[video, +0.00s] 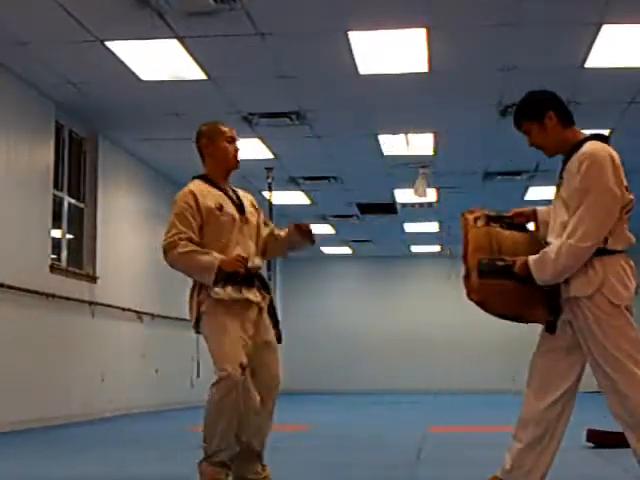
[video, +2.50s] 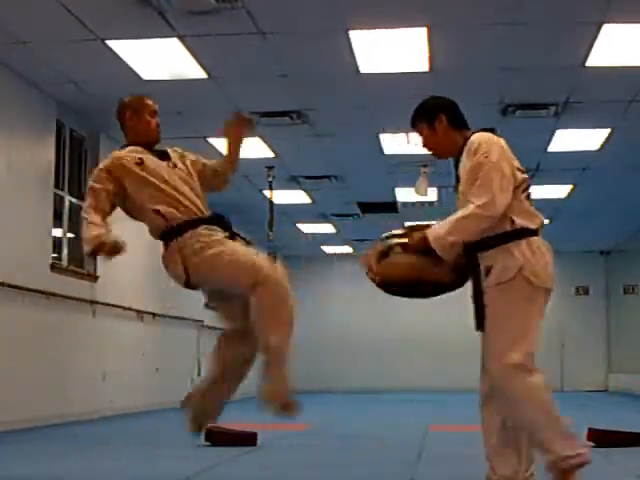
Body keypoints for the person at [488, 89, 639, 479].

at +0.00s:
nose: (532, 144)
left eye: (531, 134)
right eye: (527, 137)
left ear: (552, 120)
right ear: (551, 123)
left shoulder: (595, 157)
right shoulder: (576, 162)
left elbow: (587, 235)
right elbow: (574, 215)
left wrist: (533, 266)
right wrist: (536, 216)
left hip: (599, 281)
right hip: (573, 283)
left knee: (627, 390)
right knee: (547, 388)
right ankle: (518, 474)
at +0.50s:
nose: (475, 136)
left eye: (478, 127)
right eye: (475, 127)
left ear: (499, 125)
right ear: (505, 126)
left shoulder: (533, 162)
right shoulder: (525, 164)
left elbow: (534, 238)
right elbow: (534, 223)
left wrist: (490, 281)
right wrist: (498, 235)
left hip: (561, 279)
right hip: (538, 281)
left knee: (603, 385)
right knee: (519, 385)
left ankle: (638, 457)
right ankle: (503, 472)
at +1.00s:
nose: (412, 127)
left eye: (415, 117)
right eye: (412, 118)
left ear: (432, 115)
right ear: (448, 116)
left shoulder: (450, 153)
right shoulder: (480, 154)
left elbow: (434, 227)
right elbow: (457, 220)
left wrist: (386, 266)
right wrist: (404, 225)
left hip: (464, 276)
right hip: (492, 274)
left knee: (422, 369)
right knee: (488, 382)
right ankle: (500, 471)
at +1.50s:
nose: (309, 135)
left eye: (310, 126)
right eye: (308, 127)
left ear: (328, 122)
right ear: (346, 122)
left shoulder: (342, 161)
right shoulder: (387, 154)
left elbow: (333, 237)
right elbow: (372, 216)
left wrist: (297, 280)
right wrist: (316, 233)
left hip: (383, 272)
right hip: (423, 264)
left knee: (359, 377)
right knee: (442, 375)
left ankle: (350, 470)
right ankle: (479, 469)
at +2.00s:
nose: (327, 142)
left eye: (328, 132)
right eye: (325, 133)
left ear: (348, 127)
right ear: (359, 127)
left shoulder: (365, 169)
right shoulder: (404, 161)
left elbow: (346, 243)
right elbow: (387, 230)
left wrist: (307, 281)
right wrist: (333, 242)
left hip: (390, 280)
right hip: (427, 274)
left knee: (345, 370)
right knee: (442, 378)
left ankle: (346, 468)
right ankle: (494, 461)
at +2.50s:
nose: (426, 147)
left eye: (425, 137)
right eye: (422, 140)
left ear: (442, 123)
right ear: (444, 125)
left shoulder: (485, 146)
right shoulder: (470, 160)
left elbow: (488, 209)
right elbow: (480, 221)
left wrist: (434, 235)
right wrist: (433, 239)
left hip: (517, 263)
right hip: (499, 269)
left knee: (507, 368)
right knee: (496, 376)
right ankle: (509, 472)